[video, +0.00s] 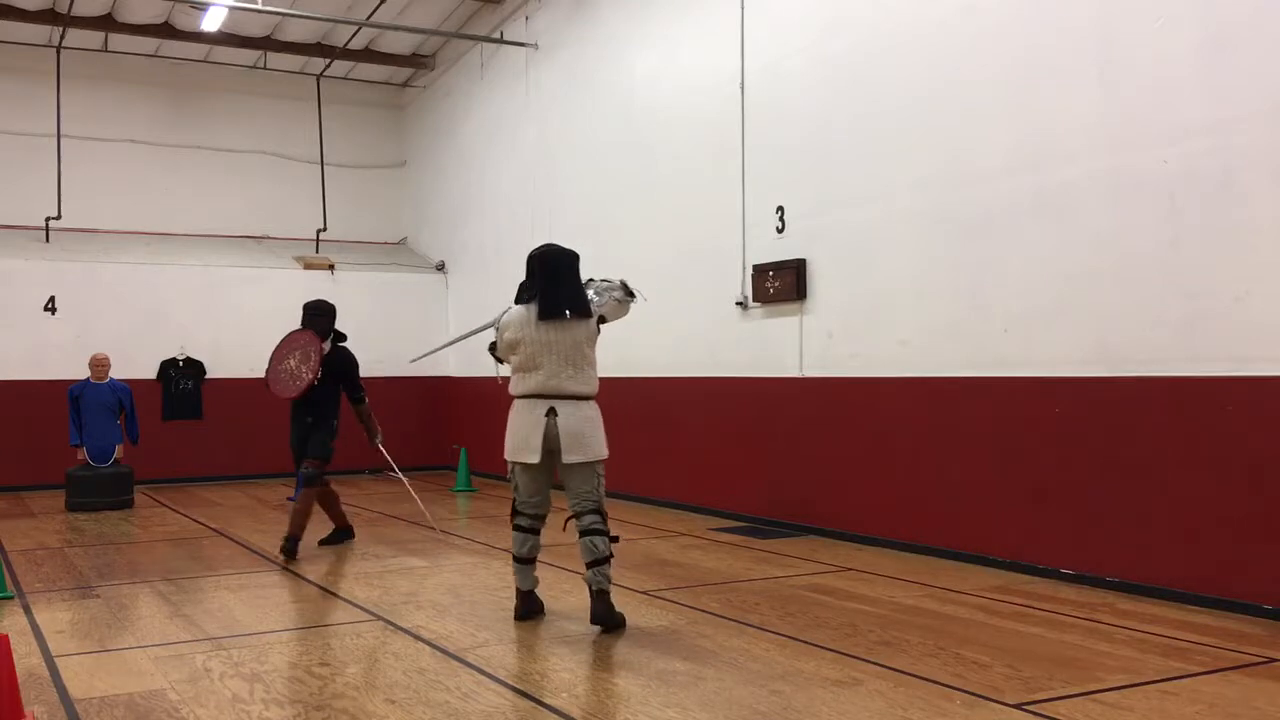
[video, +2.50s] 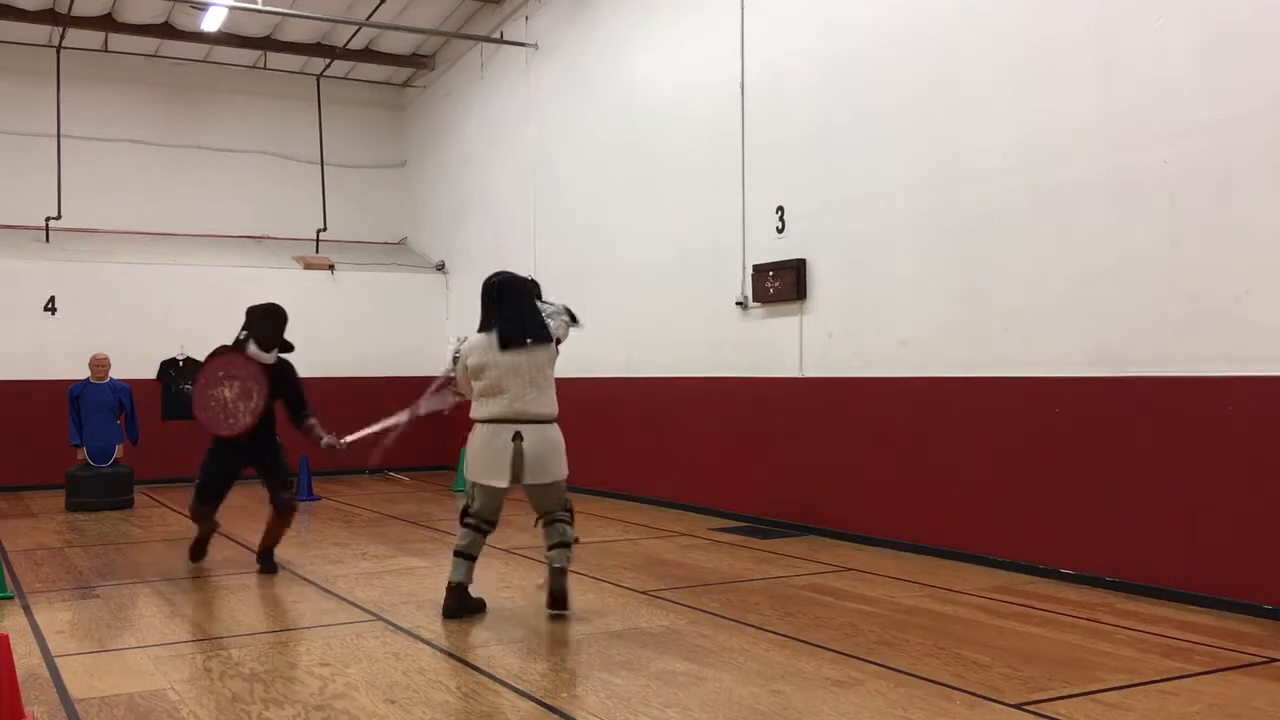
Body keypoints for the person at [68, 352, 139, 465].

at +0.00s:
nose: (100, 369)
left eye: (104, 366)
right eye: (96, 366)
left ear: (109, 367)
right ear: (89, 367)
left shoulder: (121, 389)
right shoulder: (77, 390)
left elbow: (130, 415)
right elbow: (74, 419)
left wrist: (133, 437)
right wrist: (78, 444)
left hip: (114, 445)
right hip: (87, 445)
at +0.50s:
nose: (100, 369)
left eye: (104, 366)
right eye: (96, 366)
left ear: (109, 367)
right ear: (89, 367)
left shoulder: (121, 389)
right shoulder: (77, 390)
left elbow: (130, 415)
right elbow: (74, 419)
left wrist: (133, 437)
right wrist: (78, 445)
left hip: (114, 445)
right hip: (87, 445)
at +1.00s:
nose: (100, 369)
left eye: (103, 366)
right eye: (96, 365)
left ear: (109, 367)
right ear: (89, 367)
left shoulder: (121, 389)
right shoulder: (77, 390)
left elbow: (130, 415)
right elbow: (74, 419)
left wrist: (133, 437)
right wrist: (78, 444)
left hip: (113, 445)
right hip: (87, 444)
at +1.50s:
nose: (100, 369)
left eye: (103, 366)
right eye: (96, 366)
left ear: (109, 367)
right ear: (90, 367)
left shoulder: (121, 389)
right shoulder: (77, 390)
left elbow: (130, 415)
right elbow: (74, 419)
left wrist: (133, 437)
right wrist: (78, 445)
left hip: (113, 445)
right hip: (88, 444)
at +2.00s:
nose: (100, 369)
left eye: (103, 366)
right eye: (96, 366)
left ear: (109, 367)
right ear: (89, 367)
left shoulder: (121, 389)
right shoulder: (77, 390)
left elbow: (130, 415)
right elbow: (74, 420)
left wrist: (133, 438)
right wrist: (78, 445)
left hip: (113, 444)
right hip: (88, 444)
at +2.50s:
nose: (100, 369)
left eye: (103, 366)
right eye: (96, 366)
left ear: (109, 367)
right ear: (89, 367)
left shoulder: (121, 389)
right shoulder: (77, 390)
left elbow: (130, 415)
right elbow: (74, 420)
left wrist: (133, 437)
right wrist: (78, 445)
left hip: (113, 445)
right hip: (87, 445)